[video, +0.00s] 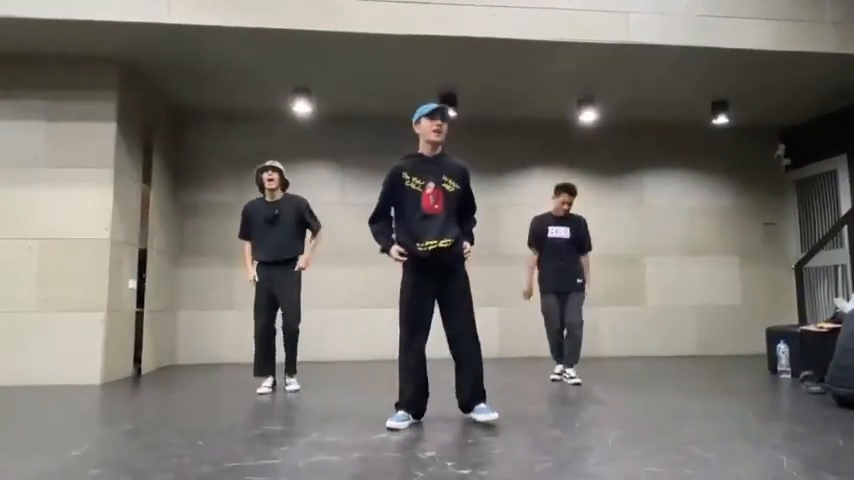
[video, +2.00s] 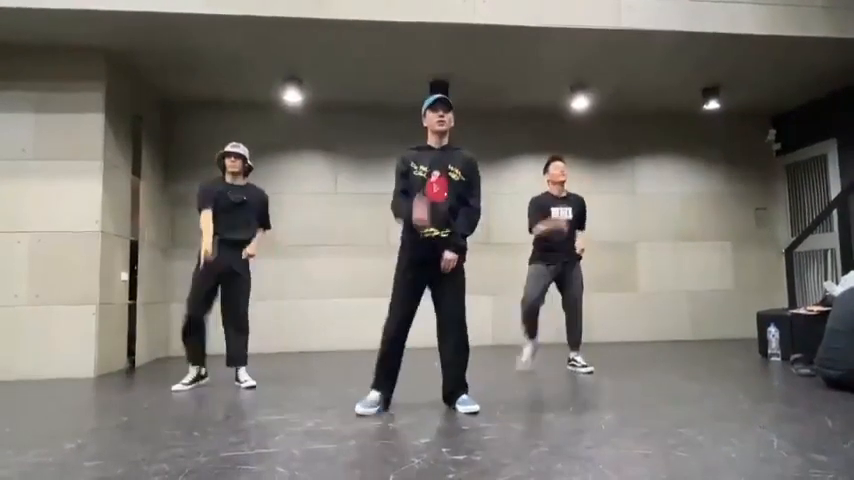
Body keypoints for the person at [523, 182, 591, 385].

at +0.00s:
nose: (566, 207)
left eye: (569, 204)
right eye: (563, 202)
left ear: (573, 203)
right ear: (554, 199)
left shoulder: (578, 222)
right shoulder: (539, 222)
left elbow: (584, 255)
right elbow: (533, 255)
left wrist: (587, 279)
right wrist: (529, 284)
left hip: (574, 283)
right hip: (549, 284)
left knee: (574, 323)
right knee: (553, 325)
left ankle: (570, 366)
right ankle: (559, 363)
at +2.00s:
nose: (562, 172)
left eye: (563, 169)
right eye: (557, 169)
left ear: (567, 174)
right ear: (547, 175)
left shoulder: (577, 202)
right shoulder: (537, 202)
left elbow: (580, 230)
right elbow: (534, 229)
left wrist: (579, 245)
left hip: (569, 261)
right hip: (542, 261)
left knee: (574, 305)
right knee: (530, 301)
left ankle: (574, 354)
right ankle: (531, 341)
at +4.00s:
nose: (556, 178)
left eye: (558, 175)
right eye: (551, 175)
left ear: (562, 179)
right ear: (542, 180)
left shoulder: (570, 203)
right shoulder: (532, 207)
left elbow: (577, 230)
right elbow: (518, 234)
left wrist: (580, 244)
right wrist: (532, 246)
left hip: (571, 266)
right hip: (545, 269)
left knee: (581, 308)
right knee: (532, 312)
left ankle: (585, 352)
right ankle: (519, 354)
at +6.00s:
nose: (548, 174)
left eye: (551, 171)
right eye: (543, 171)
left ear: (555, 176)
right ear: (535, 177)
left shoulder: (564, 201)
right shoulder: (525, 200)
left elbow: (591, 217)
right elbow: (511, 209)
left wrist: (577, 203)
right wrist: (508, 208)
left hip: (559, 267)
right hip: (531, 269)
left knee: (571, 307)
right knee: (529, 311)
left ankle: (582, 346)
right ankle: (538, 353)